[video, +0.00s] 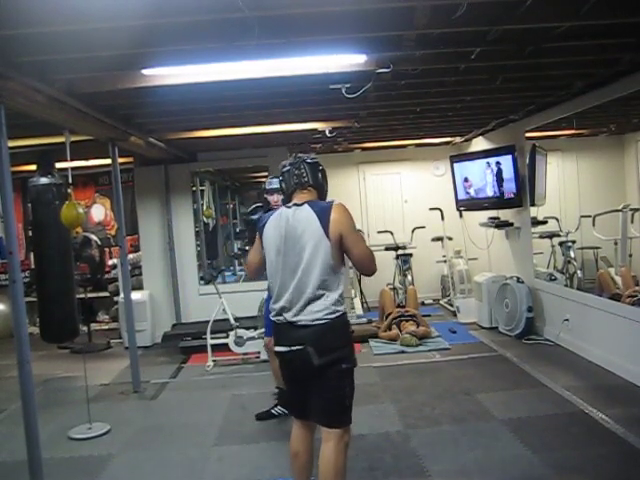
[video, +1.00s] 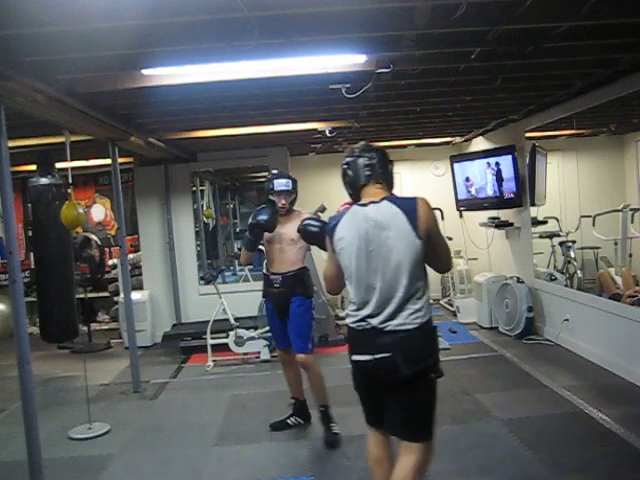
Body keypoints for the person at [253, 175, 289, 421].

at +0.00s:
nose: (273, 199)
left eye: (277, 194)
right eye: (269, 194)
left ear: (289, 195)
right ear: (264, 197)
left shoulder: (301, 218)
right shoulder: (266, 221)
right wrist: (255, 229)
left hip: (302, 289)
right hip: (276, 288)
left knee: (302, 343)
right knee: (271, 343)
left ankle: (308, 397)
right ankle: (284, 397)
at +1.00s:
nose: (282, 201)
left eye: (287, 196)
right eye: (278, 196)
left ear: (295, 196)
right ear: (270, 196)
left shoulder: (305, 220)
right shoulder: (263, 220)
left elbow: (333, 249)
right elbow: (245, 259)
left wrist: (324, 235)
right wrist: (254, 232)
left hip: (297, 286)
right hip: (271, 287)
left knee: (303, 357)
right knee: (285, 355)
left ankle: (327, 418)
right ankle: (300, 411)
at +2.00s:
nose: (239, 206)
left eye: (243, 201)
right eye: (233, 200)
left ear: (246, 203)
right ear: (217, 201)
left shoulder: (253, 228)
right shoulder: (199, 230)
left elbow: (282, 267)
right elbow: (189, 279)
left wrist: (289, 249)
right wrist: (210, 248)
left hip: (248, 310)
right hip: (212, 311)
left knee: (248, 391)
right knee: (205, 394)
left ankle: (243, 463)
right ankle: (226, 426)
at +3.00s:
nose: (295, 208)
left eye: (295, 202)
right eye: (291, 201)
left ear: (272, 196)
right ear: (275, 196)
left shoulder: (277, 224)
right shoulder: (232, 225)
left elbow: (330, 225)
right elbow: (238, 279)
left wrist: (373, 207)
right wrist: (278, 245)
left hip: (271, 325)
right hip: (241, 329)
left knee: (301, 403)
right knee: (251, 420)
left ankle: (300, 473)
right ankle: (215, 476)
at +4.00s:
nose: (369, 190)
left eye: (368, 184)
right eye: (367, 184)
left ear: (335, 183)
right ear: (359, 183)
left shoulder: (316, 217)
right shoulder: (364, 216)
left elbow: (299, 264)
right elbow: (394, 267)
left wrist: (321, 241)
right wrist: (399, 242)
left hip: (329, 309)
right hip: (357, 310)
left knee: (356, 387)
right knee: (370, 400)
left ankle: (349, 458)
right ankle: (360, 474)